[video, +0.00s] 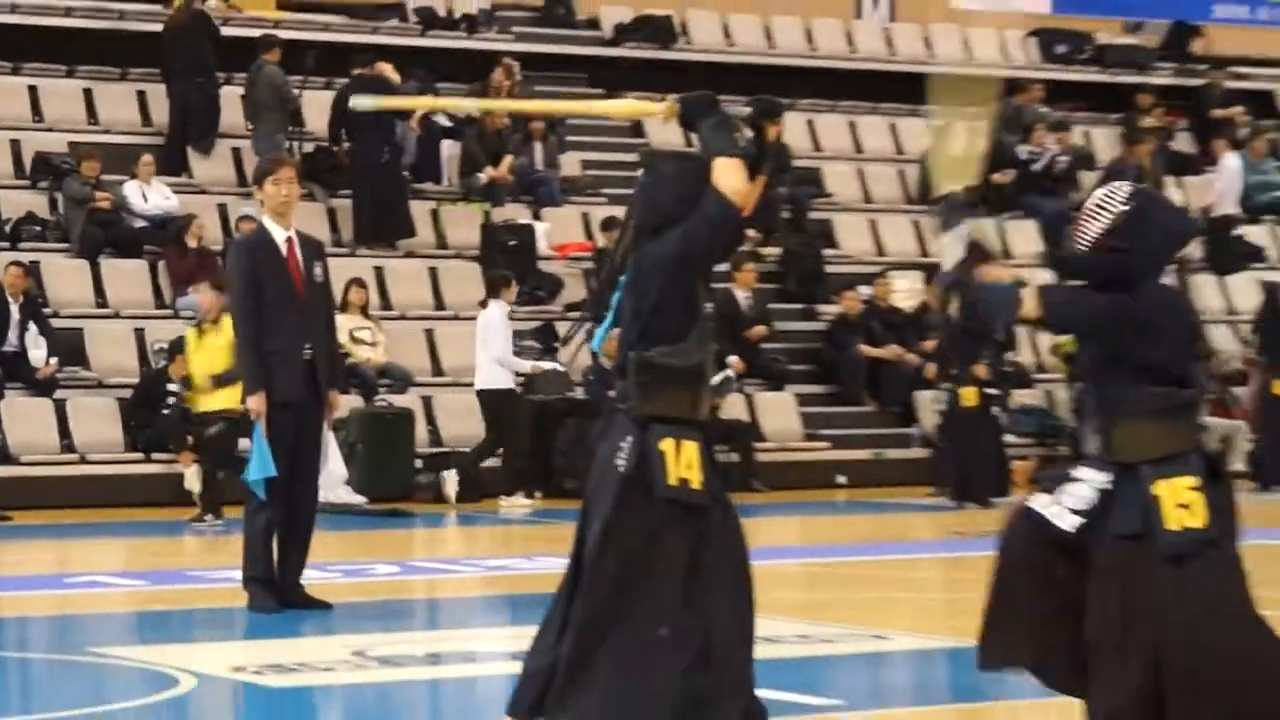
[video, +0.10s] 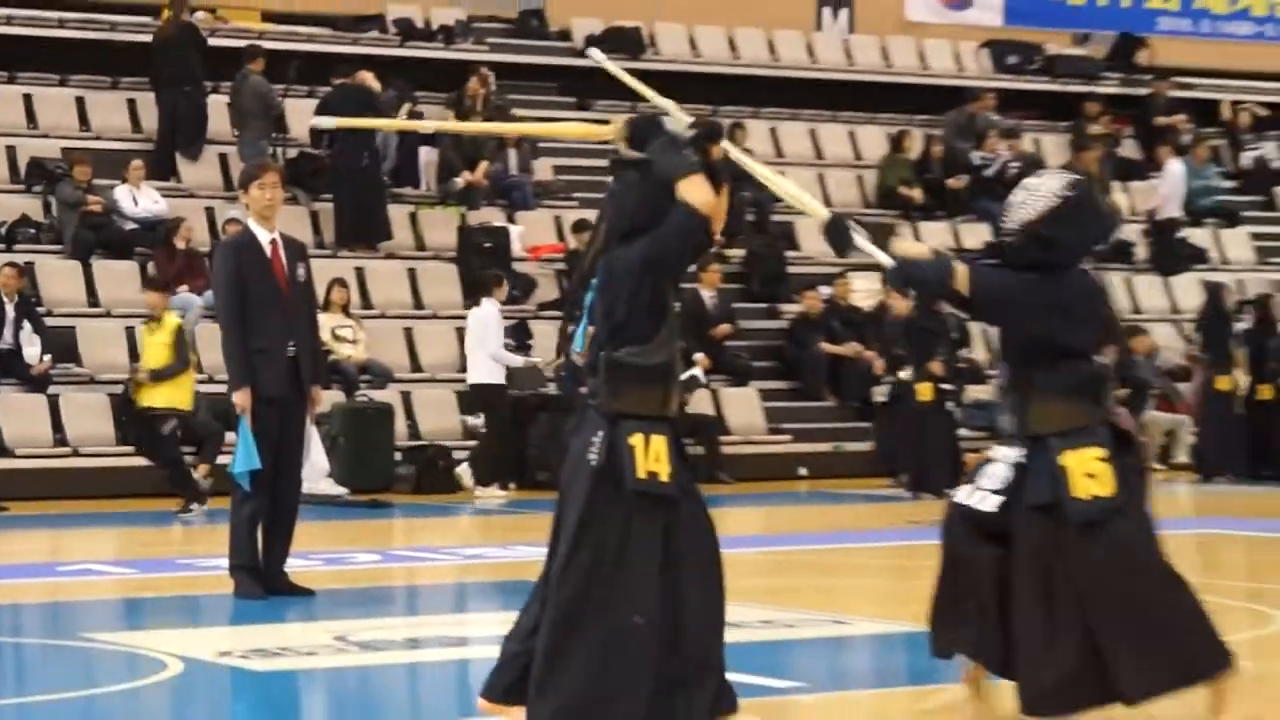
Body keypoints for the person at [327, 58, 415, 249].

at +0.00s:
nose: (376, 68)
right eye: (375, 65)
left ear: (352, 69)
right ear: (373, 66)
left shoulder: (347, 91)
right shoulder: (385, 86)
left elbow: (335, 121)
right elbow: (405, 111)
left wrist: (336, 144)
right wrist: (397, 79)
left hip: (360, 149)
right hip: (386, 147)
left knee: (363, 193)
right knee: (388, 192)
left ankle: (365, 238)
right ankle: (388, 239)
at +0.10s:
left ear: (332, 79)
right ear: (353, 76)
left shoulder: (328, 99)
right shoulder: (366, 94)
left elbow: (316, 127)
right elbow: (383, 117)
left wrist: (318, 147)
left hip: (340, 155)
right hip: (365, 153)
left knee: (344, 198)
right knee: (368, 196)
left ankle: (346, 241)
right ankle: (368, 240)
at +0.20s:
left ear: (313, 91)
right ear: (333, 87)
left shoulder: (307, 111)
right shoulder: (343, 104)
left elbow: (298, 143)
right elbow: (362, 129)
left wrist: (314, 145)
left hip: (321, 161)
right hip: (344, 159)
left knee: (324, 201)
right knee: (347, 200)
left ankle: (326, 243)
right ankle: (347, 243)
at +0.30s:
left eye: (296, 100)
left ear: (297, 98)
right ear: (316, 95)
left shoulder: (292, 117)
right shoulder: (328, 110)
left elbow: (283, 147)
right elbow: (344, 134)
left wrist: (299, 151)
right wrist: (327, 139)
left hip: (304, 165)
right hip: (327, 163)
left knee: (306, 204)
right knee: (330, 203)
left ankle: (309, 246)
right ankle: (330, 245)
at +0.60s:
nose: (314, 120)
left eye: (313, 117)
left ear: (313, 117)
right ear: (330, 114)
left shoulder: (310, 133)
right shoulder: (343, 128)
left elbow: (303, 159)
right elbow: (359, 148)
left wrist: (316, 168)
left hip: (320, 178)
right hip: (342, 177)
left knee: (320, 214)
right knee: (345, 212)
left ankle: (322, 250)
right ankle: (345, 250)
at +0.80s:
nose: (325, 131)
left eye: (325, 128)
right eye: (325, 128)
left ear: (326, 127)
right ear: (341, 124)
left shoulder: (324, 143)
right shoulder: (358, 137)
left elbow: (318, 169)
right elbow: (374, 157)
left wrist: (332, 171)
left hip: (335, 185)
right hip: (357, 184)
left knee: (335, 222)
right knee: (357, 221)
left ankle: (337, 255)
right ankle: (358, 254)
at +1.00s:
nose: (337, 139)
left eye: (337, 136)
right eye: (336, 137)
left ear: (340, 135)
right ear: (353, 132)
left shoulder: (337, 148)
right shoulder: (371, 144)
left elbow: (329, 172)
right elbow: (382, 165)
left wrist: (338, 180)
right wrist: (369, 174)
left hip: (347, 188)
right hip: (368, 187)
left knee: (348, 222)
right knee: (369, 221)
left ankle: (349, 255)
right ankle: (370, 255)